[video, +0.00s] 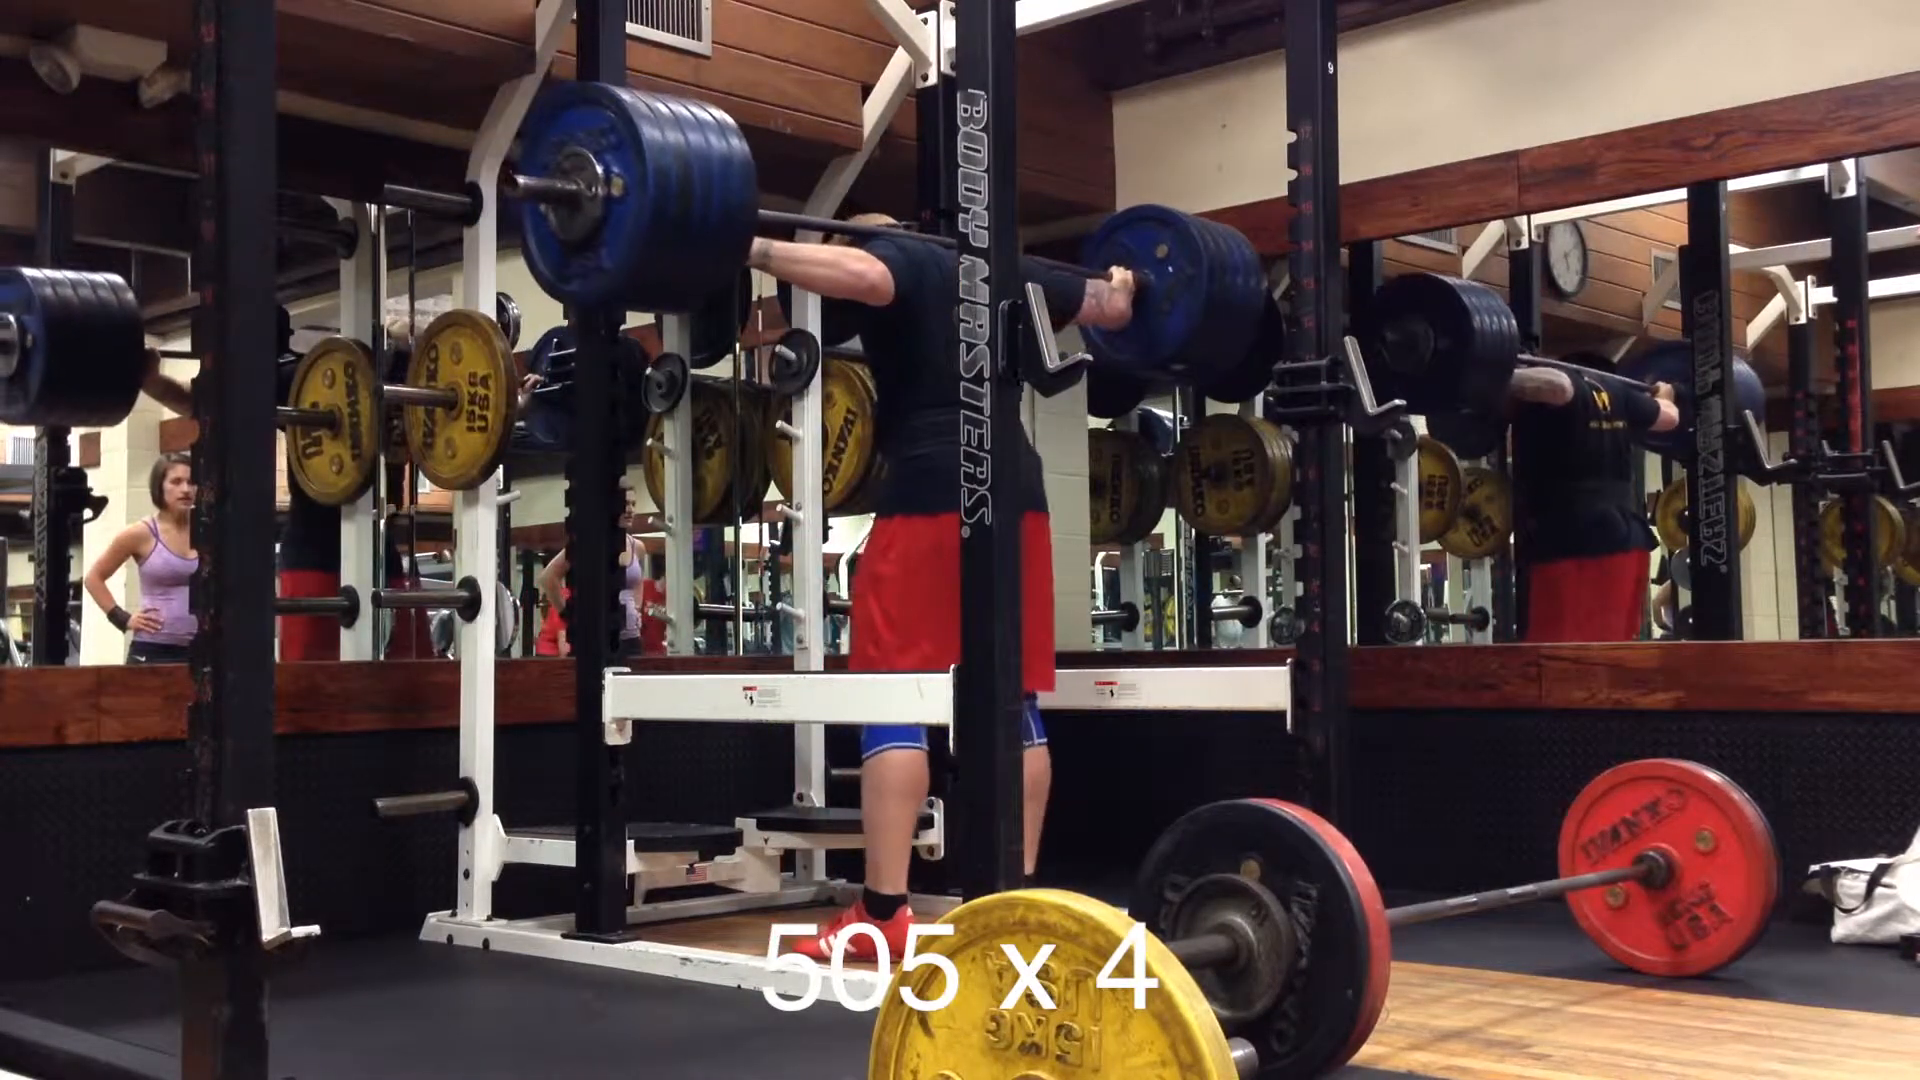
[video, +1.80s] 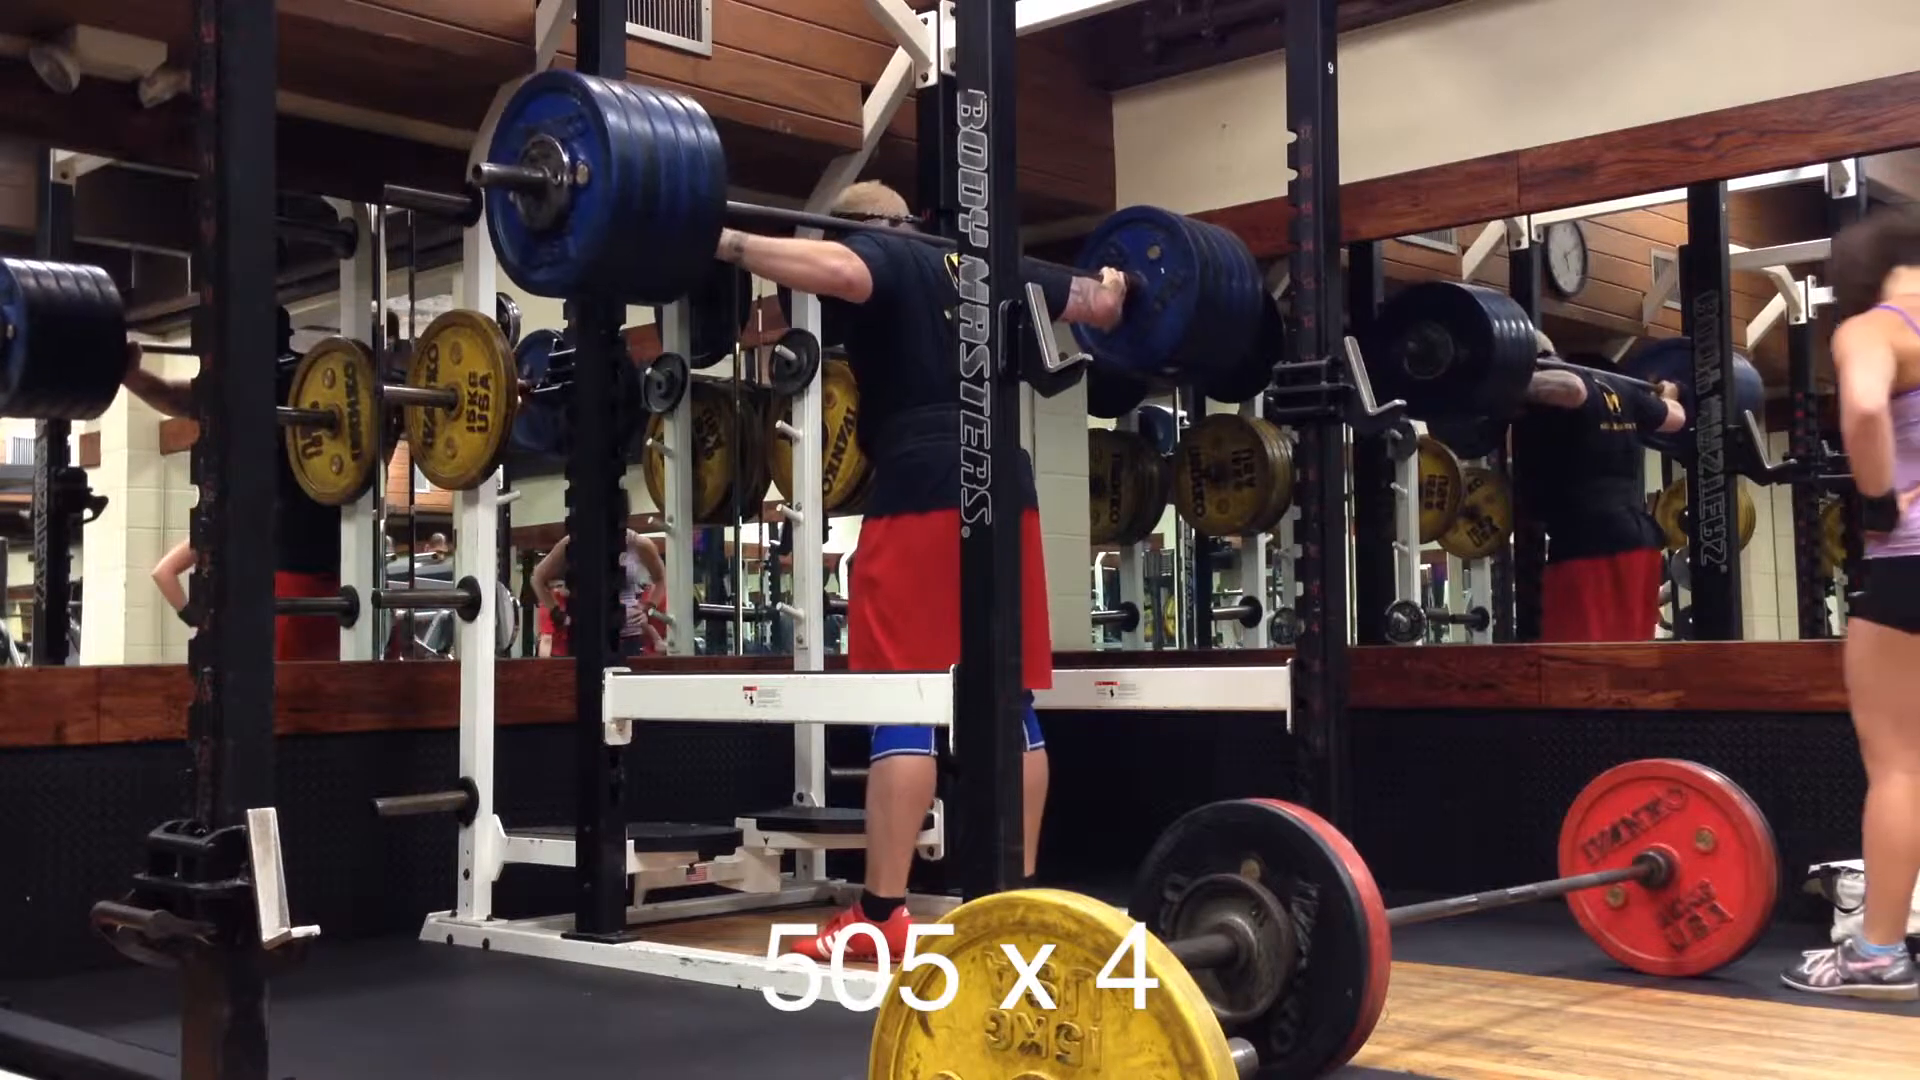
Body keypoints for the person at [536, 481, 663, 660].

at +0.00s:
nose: (630, 510)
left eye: (632, 504)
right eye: (624, 504)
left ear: (636, 506)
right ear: (609, 507)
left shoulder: (637, 546)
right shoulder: (588, 542)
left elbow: (638, 581)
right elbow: (548, 577)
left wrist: (636, 609)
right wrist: (566, 613)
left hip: (630, 631)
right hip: (595, 632)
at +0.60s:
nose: (620, 524)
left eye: (623, 519)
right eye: (614, 518)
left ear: (627, 518)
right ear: (598, 517)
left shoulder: (634, 548)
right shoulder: (575, 544)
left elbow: (639, 581)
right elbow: (540, 577)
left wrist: (637, 606)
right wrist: (556, 609)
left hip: (625, 628)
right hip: (587, 629)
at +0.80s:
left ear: (616, 520)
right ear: (583, 518)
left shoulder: (629, 549)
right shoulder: (565, 544)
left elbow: (635, 585)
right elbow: (528, 578)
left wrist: (629, 610)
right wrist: (546, 612)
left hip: (614, 629)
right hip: (576, 628)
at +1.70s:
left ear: (614, 522)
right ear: (580, 523)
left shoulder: (632, 546)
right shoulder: (565, 546)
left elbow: (655, 581)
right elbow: (532, 579)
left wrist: (642, 611)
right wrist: (551, 614)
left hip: (618, 629)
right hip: (578, 629)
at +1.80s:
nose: (608, 526)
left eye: (616, 519)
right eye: (601, 519)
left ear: (624, 517)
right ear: (588, 517)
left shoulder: (640, 545)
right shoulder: (572, 544)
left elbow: (660, 579)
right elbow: (538, 578)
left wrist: (647, 608)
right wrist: (555, 611)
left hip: (627, 631)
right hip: (584, 629)